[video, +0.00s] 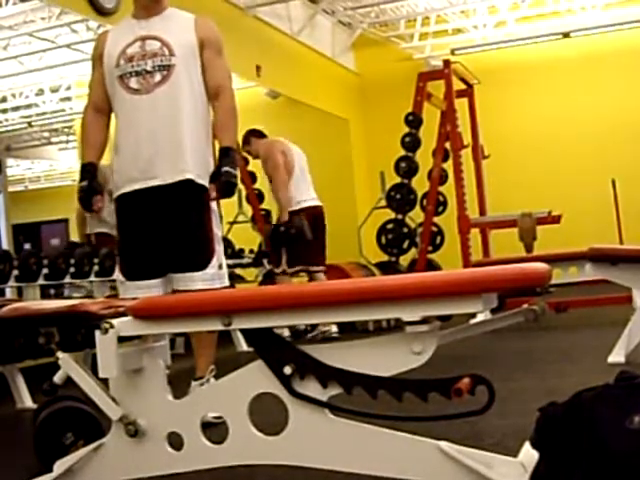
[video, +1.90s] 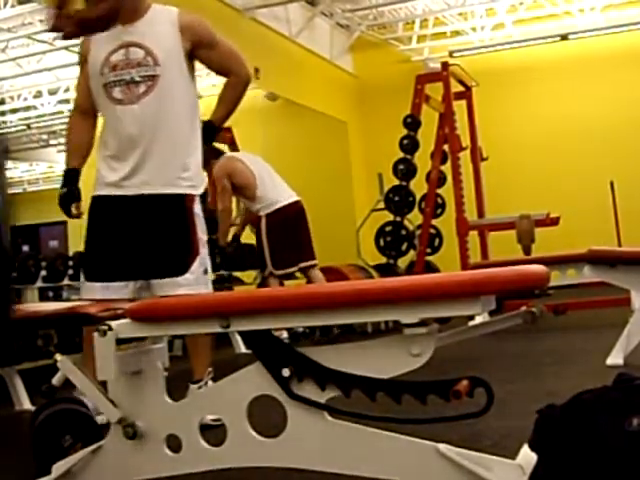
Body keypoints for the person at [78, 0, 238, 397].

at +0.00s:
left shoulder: (200, 30)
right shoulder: (107, 41)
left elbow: (221, 96)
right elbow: (98, 109)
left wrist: (229, 158)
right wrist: (88, 171)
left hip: (188, 176)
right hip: (132, 183)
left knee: (201, 289)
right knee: (141, 296)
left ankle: (205, 379)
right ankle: (149, 385)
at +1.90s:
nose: (92, 10)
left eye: (96, 4)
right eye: (89, 8)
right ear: (98, 2)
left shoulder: (182, 26)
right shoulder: (93, 41)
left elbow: (240, 73)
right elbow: (83, 112)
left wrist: (211, 128)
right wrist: (71, 175)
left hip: (174, 187)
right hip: (113, 191)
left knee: (191, 302)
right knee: (99, 308)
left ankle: (202, 391)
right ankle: (96, 400)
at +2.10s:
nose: (83, 7)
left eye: (93, 2)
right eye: (81, 2)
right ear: (76, 1)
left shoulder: (150, 26)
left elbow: (211, 78)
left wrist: (190, 129)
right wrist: (190, 129)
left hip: (146, 186)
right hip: (86, 191)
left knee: (174, 296)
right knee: (86, 308)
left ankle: (199, 386)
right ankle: (90, 399)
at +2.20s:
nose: (73, 9)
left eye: (78, 4)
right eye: (73, 5)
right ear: (74, 5)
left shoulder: (138, 28)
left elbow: (196, 79)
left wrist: (179, 134)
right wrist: (180, 132)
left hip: (134, 184)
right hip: (82, 189)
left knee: (161, 296)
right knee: (77, 306)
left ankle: (195, 382)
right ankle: (86, 397)